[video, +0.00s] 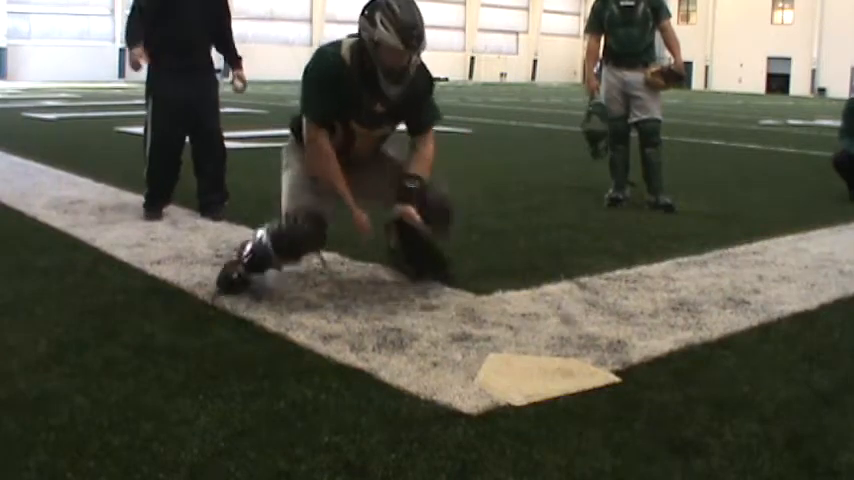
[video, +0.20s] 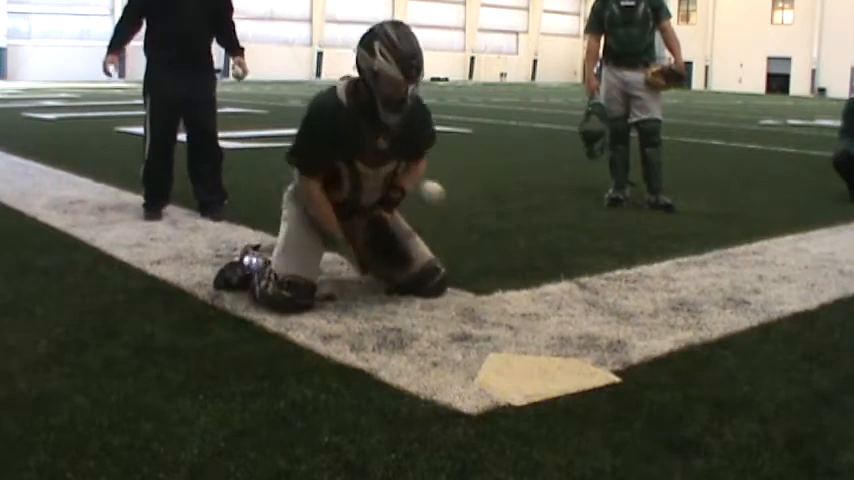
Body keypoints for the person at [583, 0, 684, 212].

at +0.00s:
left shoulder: (653, 4)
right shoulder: (603, 5)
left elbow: (666, 29)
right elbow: (594, 39)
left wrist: (678, 60)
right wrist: (590, 75)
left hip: (645, 74)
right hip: (613, 73)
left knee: (651, 134)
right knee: (617, 134)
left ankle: (656, 193)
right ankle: (618, 188)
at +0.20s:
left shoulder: (653, 4)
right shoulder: (603, 5)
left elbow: (666, 29)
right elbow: (594, 39)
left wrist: (679, 61)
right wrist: (589, 75)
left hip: (645, 73)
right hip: (613, 73)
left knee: (651, 133)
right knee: (617, 134)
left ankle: (655, 193)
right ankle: (618, 188)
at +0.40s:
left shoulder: (653, 4)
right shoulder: (603, 5)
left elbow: (666, 29)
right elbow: (594, 39)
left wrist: (679, 60)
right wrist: (588, 75)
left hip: (645, 73)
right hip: (613, 73)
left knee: (651, 134)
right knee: (617, 134)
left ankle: (655, 193)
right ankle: (618, 188)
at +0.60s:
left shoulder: (653, 4)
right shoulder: (603, 5)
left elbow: (666, 29)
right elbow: (594, 39)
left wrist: (679, 60)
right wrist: (589, 75)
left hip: (645, 73)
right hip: (613, 73)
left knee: (651, 134)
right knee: (617, 134)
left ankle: (655, 193)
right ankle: (618, 188)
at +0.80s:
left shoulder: (653, 4)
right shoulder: (603, 5)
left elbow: (666, 29)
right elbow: (594, 40)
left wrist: (679, 60)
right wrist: (588, 75)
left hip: (645, 74)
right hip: (613, 73)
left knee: (651, 133)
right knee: (617, 133)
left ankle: (656, 193)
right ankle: (618, 187)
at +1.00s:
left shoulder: (652, 4)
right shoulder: (603, 5)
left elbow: (666, 29)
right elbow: (594, 40)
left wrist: (679, 60)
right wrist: (588, 75)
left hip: (645, 74)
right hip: (613, 74)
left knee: (651, 133)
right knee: (617, 133)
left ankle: (656, 193)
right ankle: (618, 188)